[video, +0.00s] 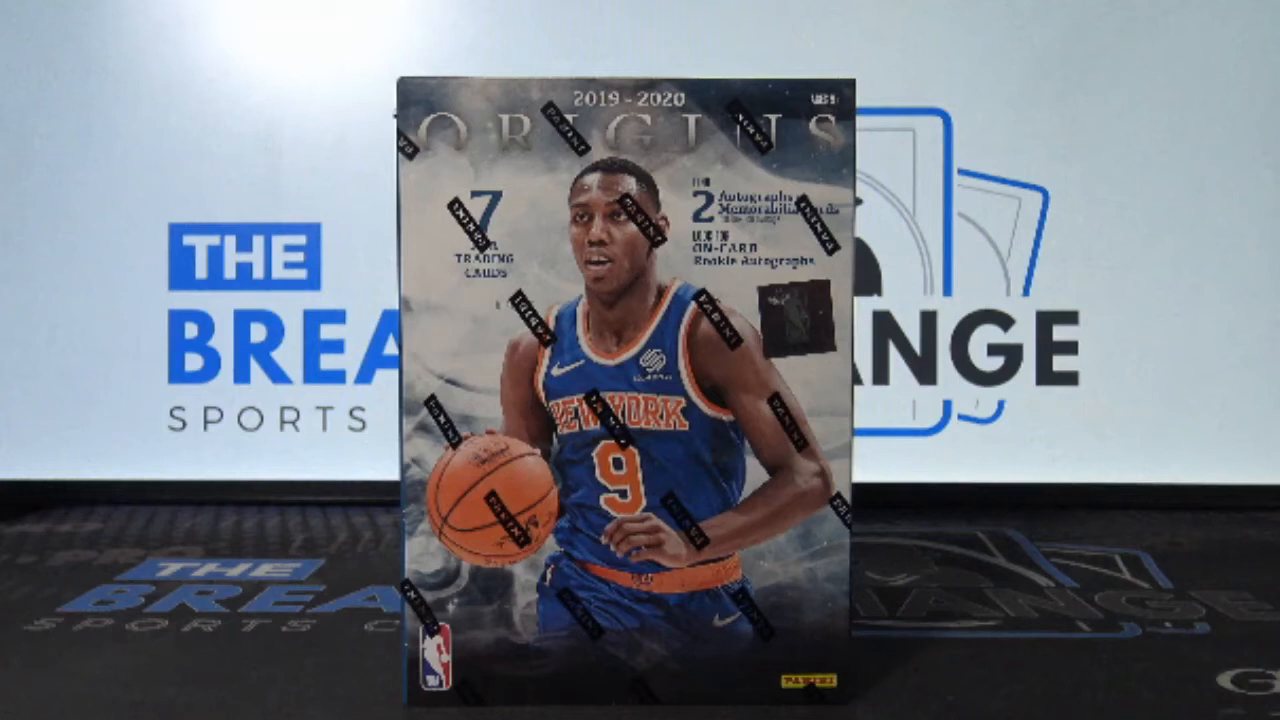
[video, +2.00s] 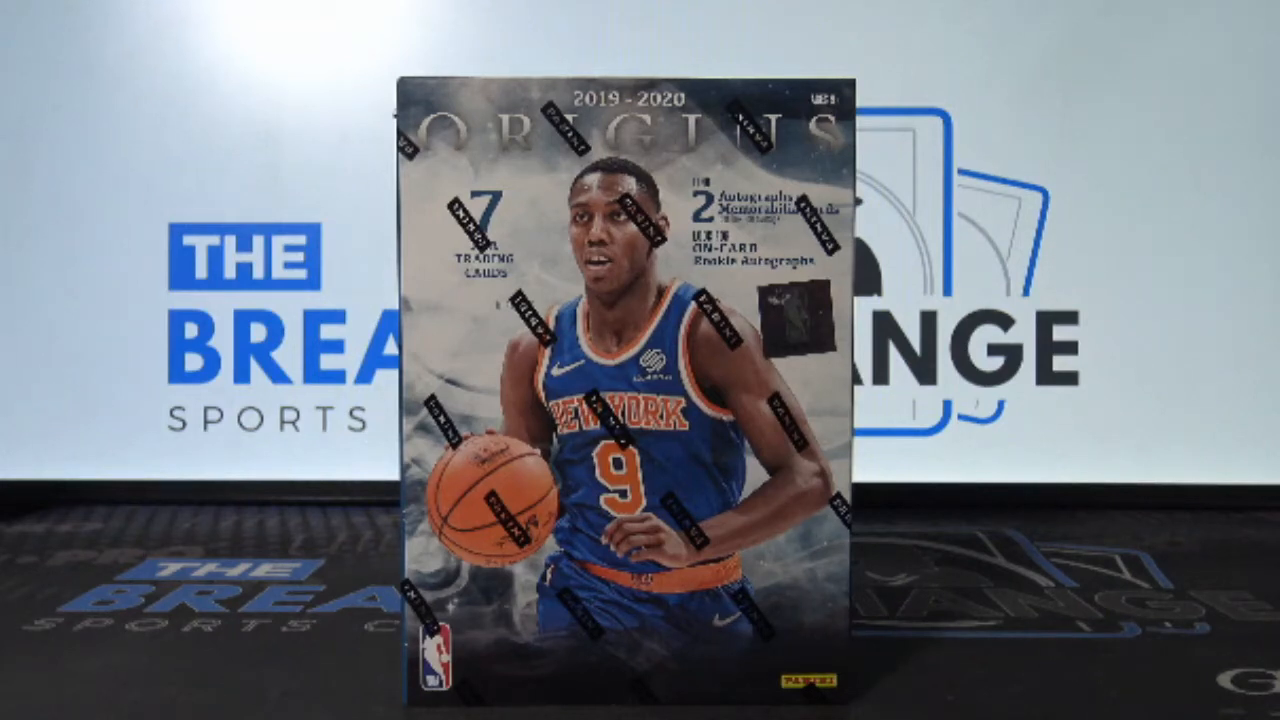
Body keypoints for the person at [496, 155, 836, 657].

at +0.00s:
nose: (595, 235)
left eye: (618, 216)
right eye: (581, 218)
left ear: (657, 230)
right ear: (569, 232)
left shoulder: (712, 334)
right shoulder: (534, 353)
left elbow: (809, 477)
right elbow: (528, 489)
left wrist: (696, 541)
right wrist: (478, 473)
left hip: (699, 613)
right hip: (584, 607)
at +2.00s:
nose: (595, 235)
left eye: (618, 216)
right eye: (581, 218)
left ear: (657, 230)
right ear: (569, 232)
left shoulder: (711, 334)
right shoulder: (534, 353)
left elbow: (809, 476)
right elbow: (526, 489)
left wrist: (695, 542)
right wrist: (476, 472)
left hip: (698, 612)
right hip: (582, 606)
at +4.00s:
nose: (595, 235)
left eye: (618, 216)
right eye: (581, 218)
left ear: (657, 230)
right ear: (569, 232)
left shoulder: (712, 334)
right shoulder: (534, 353)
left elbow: (809, 476)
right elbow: (526, 487)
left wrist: (695, 542)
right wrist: (477, 471)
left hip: (698, 613)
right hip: (583, 606)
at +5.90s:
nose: (595, 234)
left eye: (617, 216)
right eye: (582, 218)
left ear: (657, 230)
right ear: (570, 231)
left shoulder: (712, 334)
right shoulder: (534, 352)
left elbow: (809, 476)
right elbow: (525, 486)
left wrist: (694, 544)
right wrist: (479, 468)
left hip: (697, 613)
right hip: (583, 605)